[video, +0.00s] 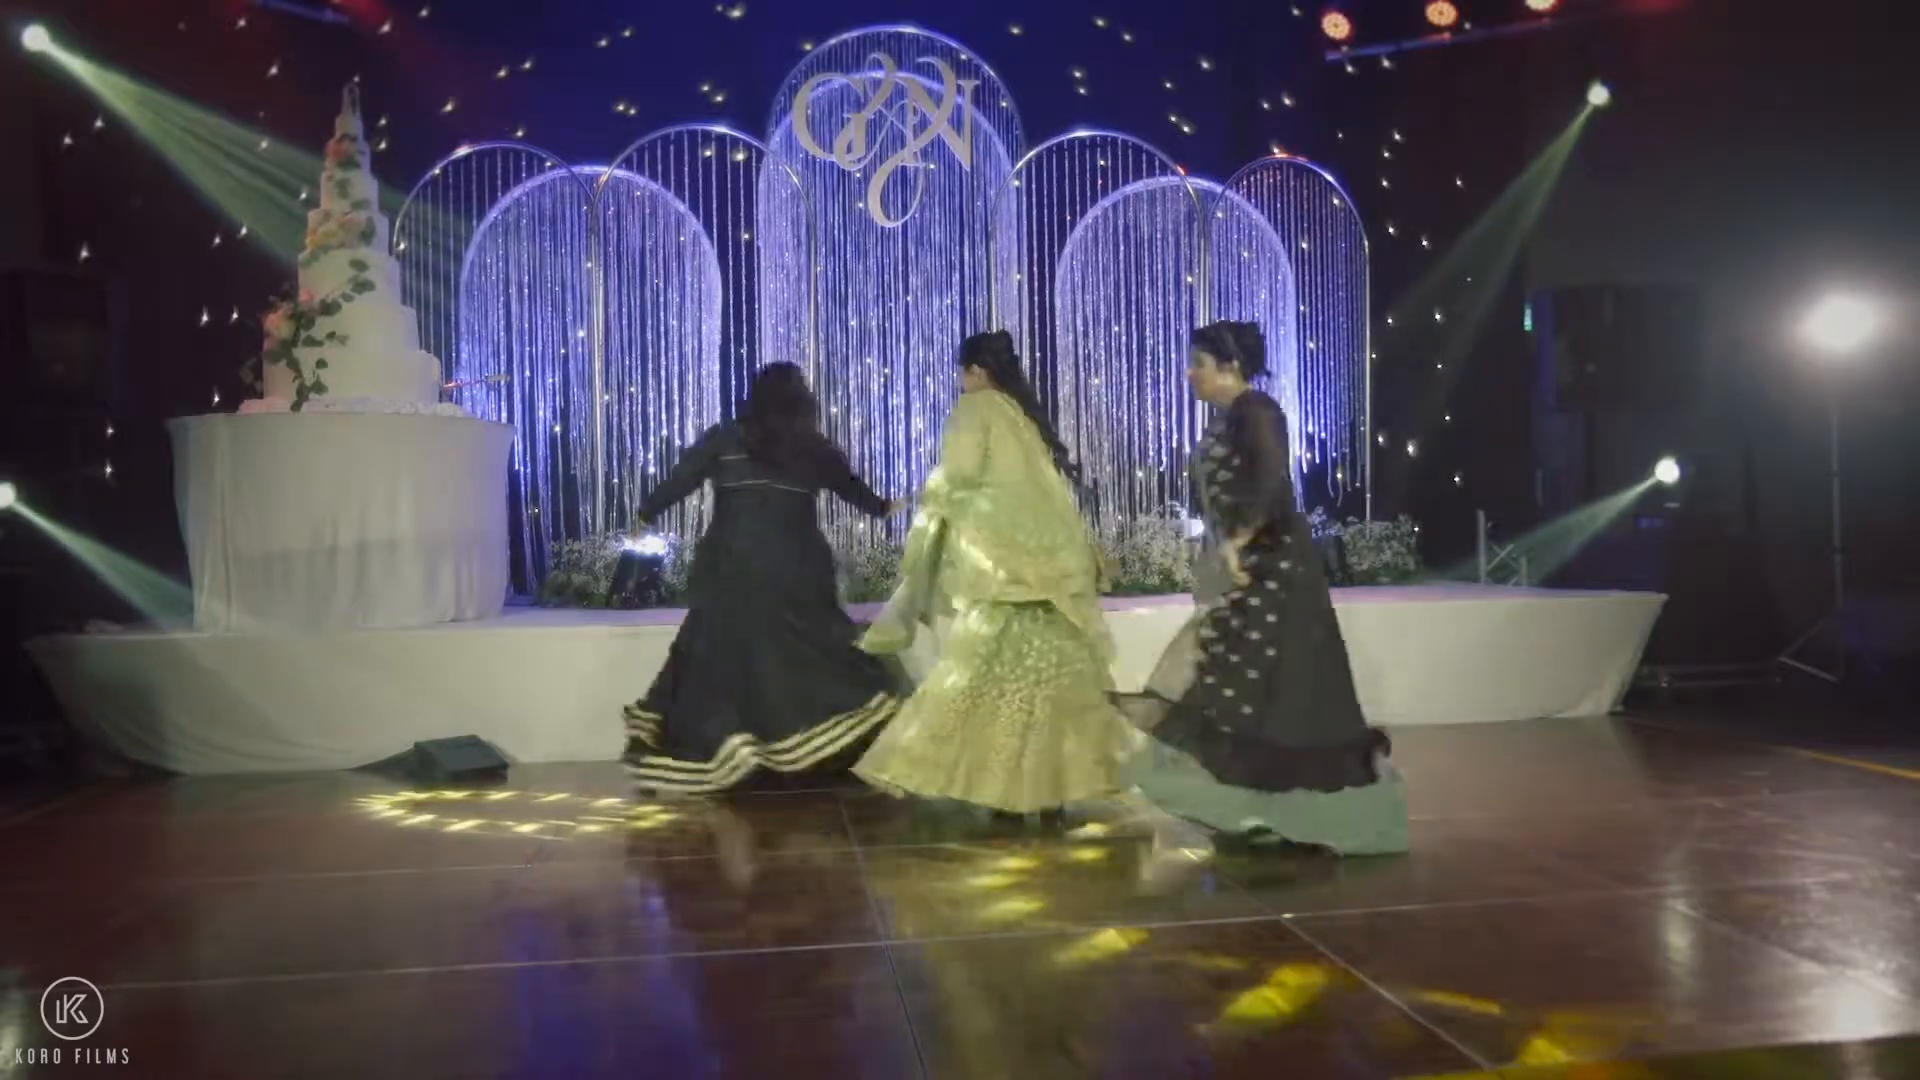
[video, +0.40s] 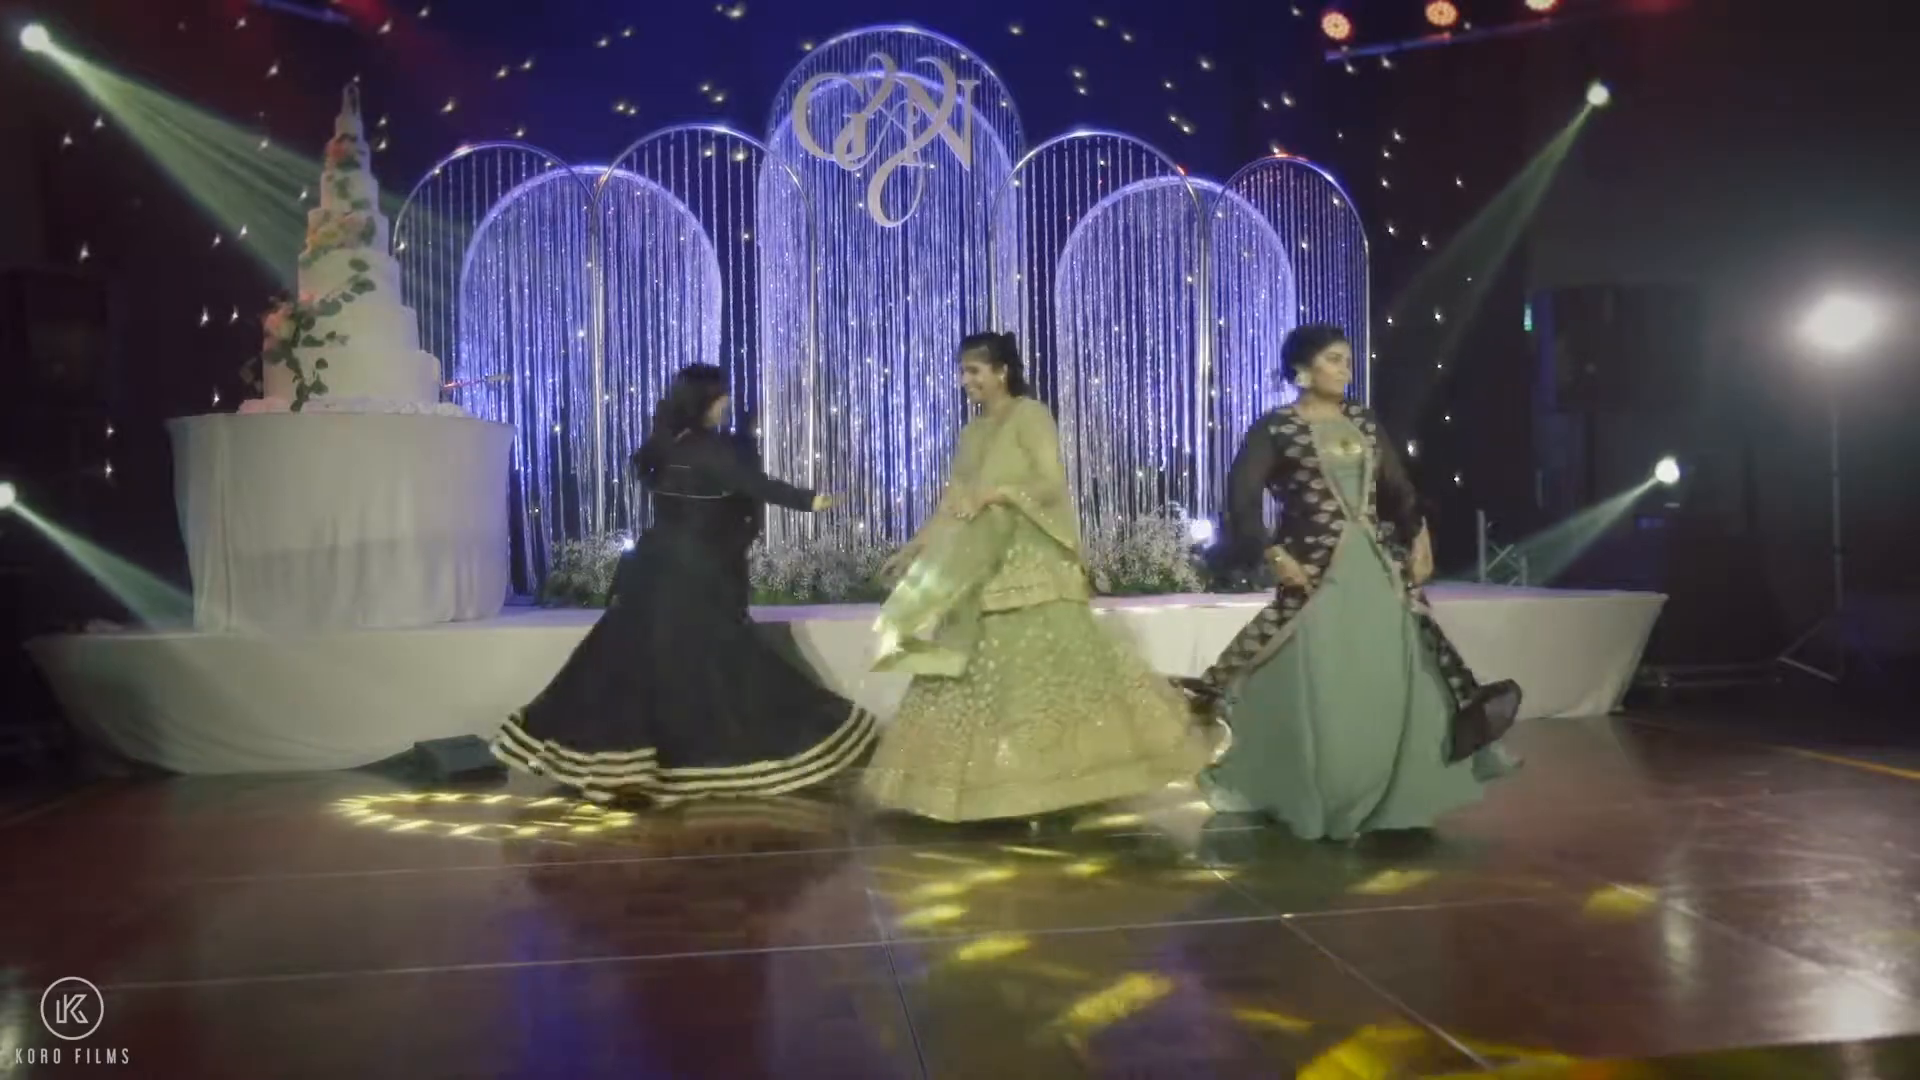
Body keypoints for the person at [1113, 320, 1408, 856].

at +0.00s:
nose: (1190, 376)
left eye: (1197, 365)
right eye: (1191, 366)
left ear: (1228, 367)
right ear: (1226, 368)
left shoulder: (1256, 410)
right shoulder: (1224, 419)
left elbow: (1273, 484)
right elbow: (1230, 492)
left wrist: (1239, 539)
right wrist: (1220, 545)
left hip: (1280, 570)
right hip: (1252, 570)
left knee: (1278, 684)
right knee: (1254, 683)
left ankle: (1291, 818)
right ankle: (1271, 813)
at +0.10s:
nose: (1216, 373)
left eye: (1227, 363)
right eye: (1215, 363)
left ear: (1259, 368)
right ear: (1221, 372)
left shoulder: (1290, 414)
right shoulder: (1222, 434)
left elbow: (1324, 482)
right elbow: (1222, 508)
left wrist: (1297, 543)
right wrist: (1217, 553)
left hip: (1291, 575)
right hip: (1236, 578)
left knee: (1302, 690)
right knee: (1236, 692)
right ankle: (1251, 814)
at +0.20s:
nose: (1260, 371)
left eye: (1270, 361)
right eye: (1250, 363)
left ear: (1289, 365)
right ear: (1239, 371)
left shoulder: (1322, 416)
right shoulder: (1225, 433)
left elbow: (1362, 485)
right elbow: (1216, 504)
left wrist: (1352, 543)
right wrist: (1211, 553)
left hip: (1313, 568)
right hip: (1252, 570)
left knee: (1306, 685)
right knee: (1254, 685)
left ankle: (1304, 805)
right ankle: (1264, 806)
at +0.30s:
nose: (1307, 369)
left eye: (1313, 360)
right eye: (1295, 359)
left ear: (1321, 367)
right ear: (1269, 367)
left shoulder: (1347, 419)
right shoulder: (1242, 434)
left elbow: (1392, 481)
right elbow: (1219, 509)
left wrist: (1395, 540)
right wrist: (1234, 557)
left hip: (1347, 571)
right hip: (1280, 577)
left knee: (1352, 689)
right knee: (1284, 689)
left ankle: (1364, 811)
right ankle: (1297, 811)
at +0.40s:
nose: (1345, 368)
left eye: (1347, 360)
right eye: (1334, 360)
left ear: (1348, 367)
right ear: (1303, 368)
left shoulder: (1366, 423)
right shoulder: (1276, 428)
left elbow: (1401, 489)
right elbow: (1242, 499)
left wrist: (1419, 535)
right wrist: (1274, 556)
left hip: (1378, 574)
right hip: (1319, 579)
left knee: (1391, 686)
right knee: (1327, 690)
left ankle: (1394, 808)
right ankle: (1329, 809)